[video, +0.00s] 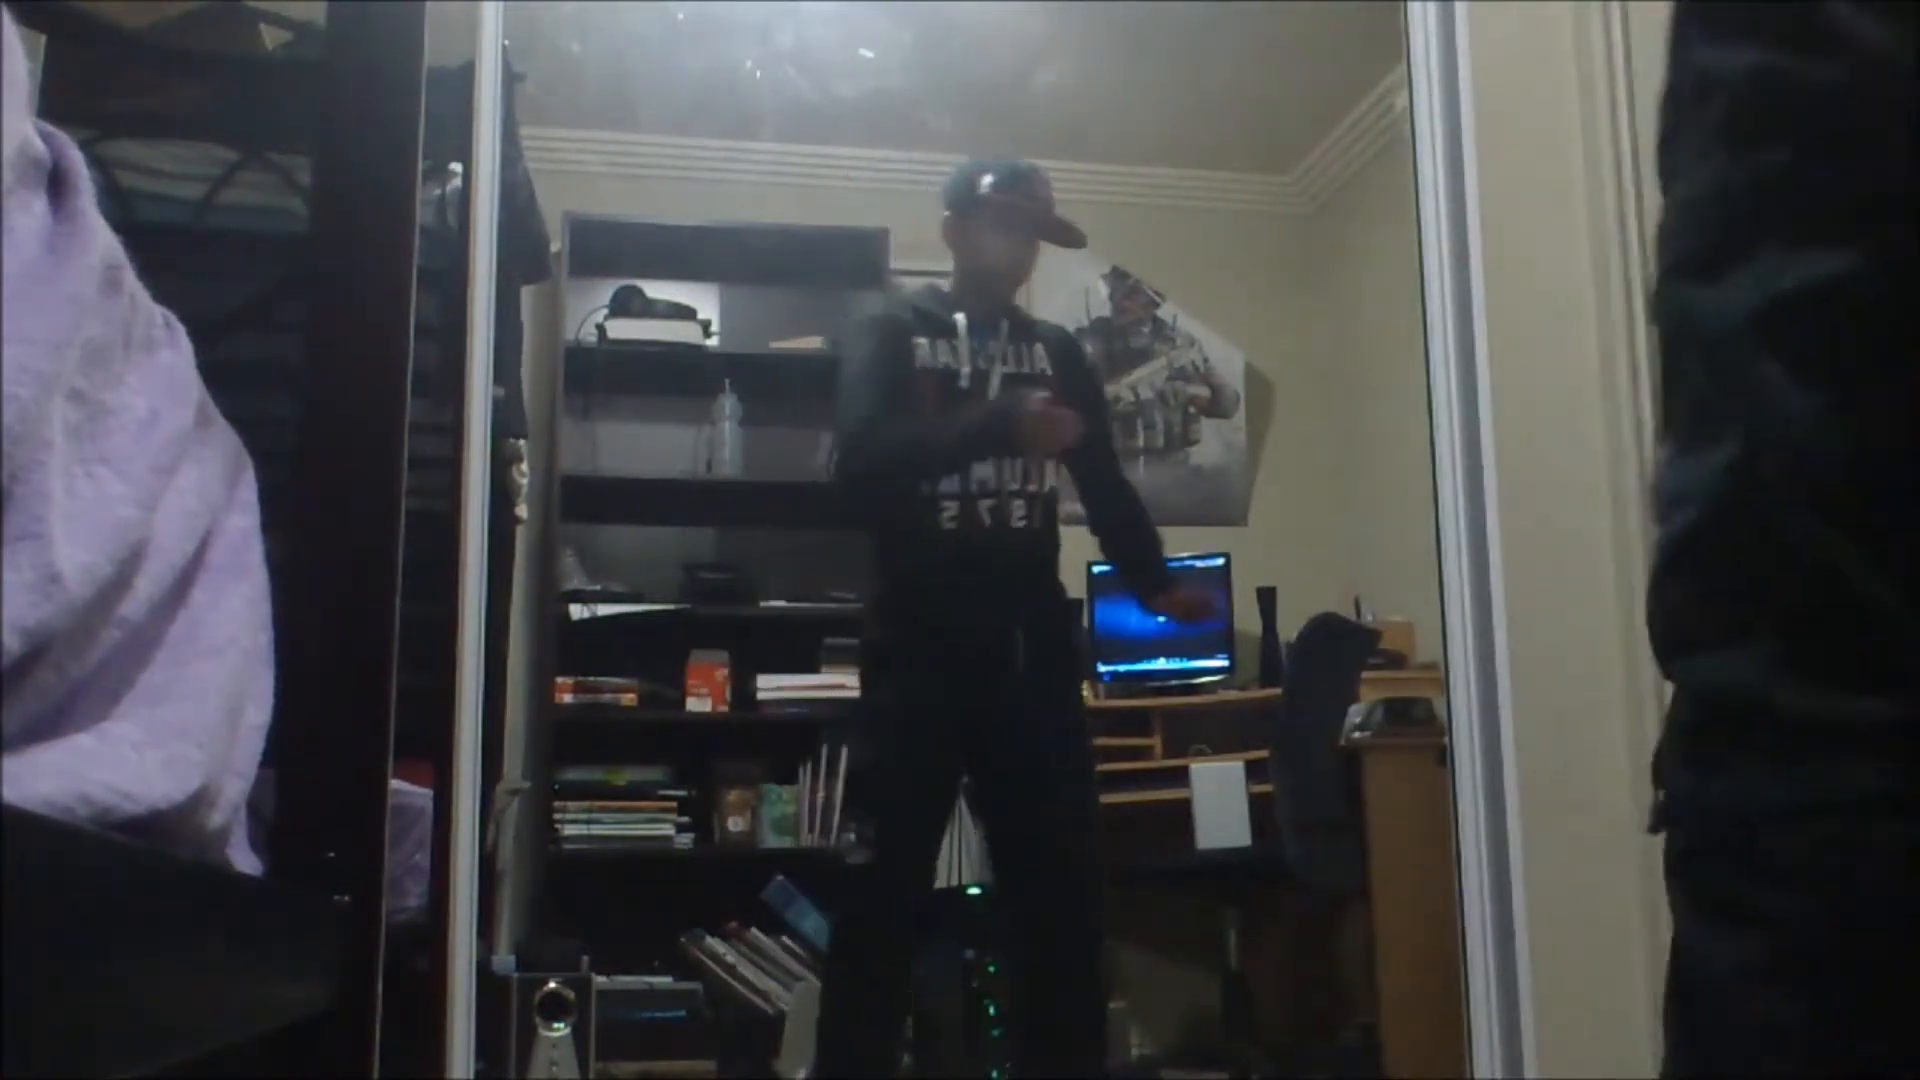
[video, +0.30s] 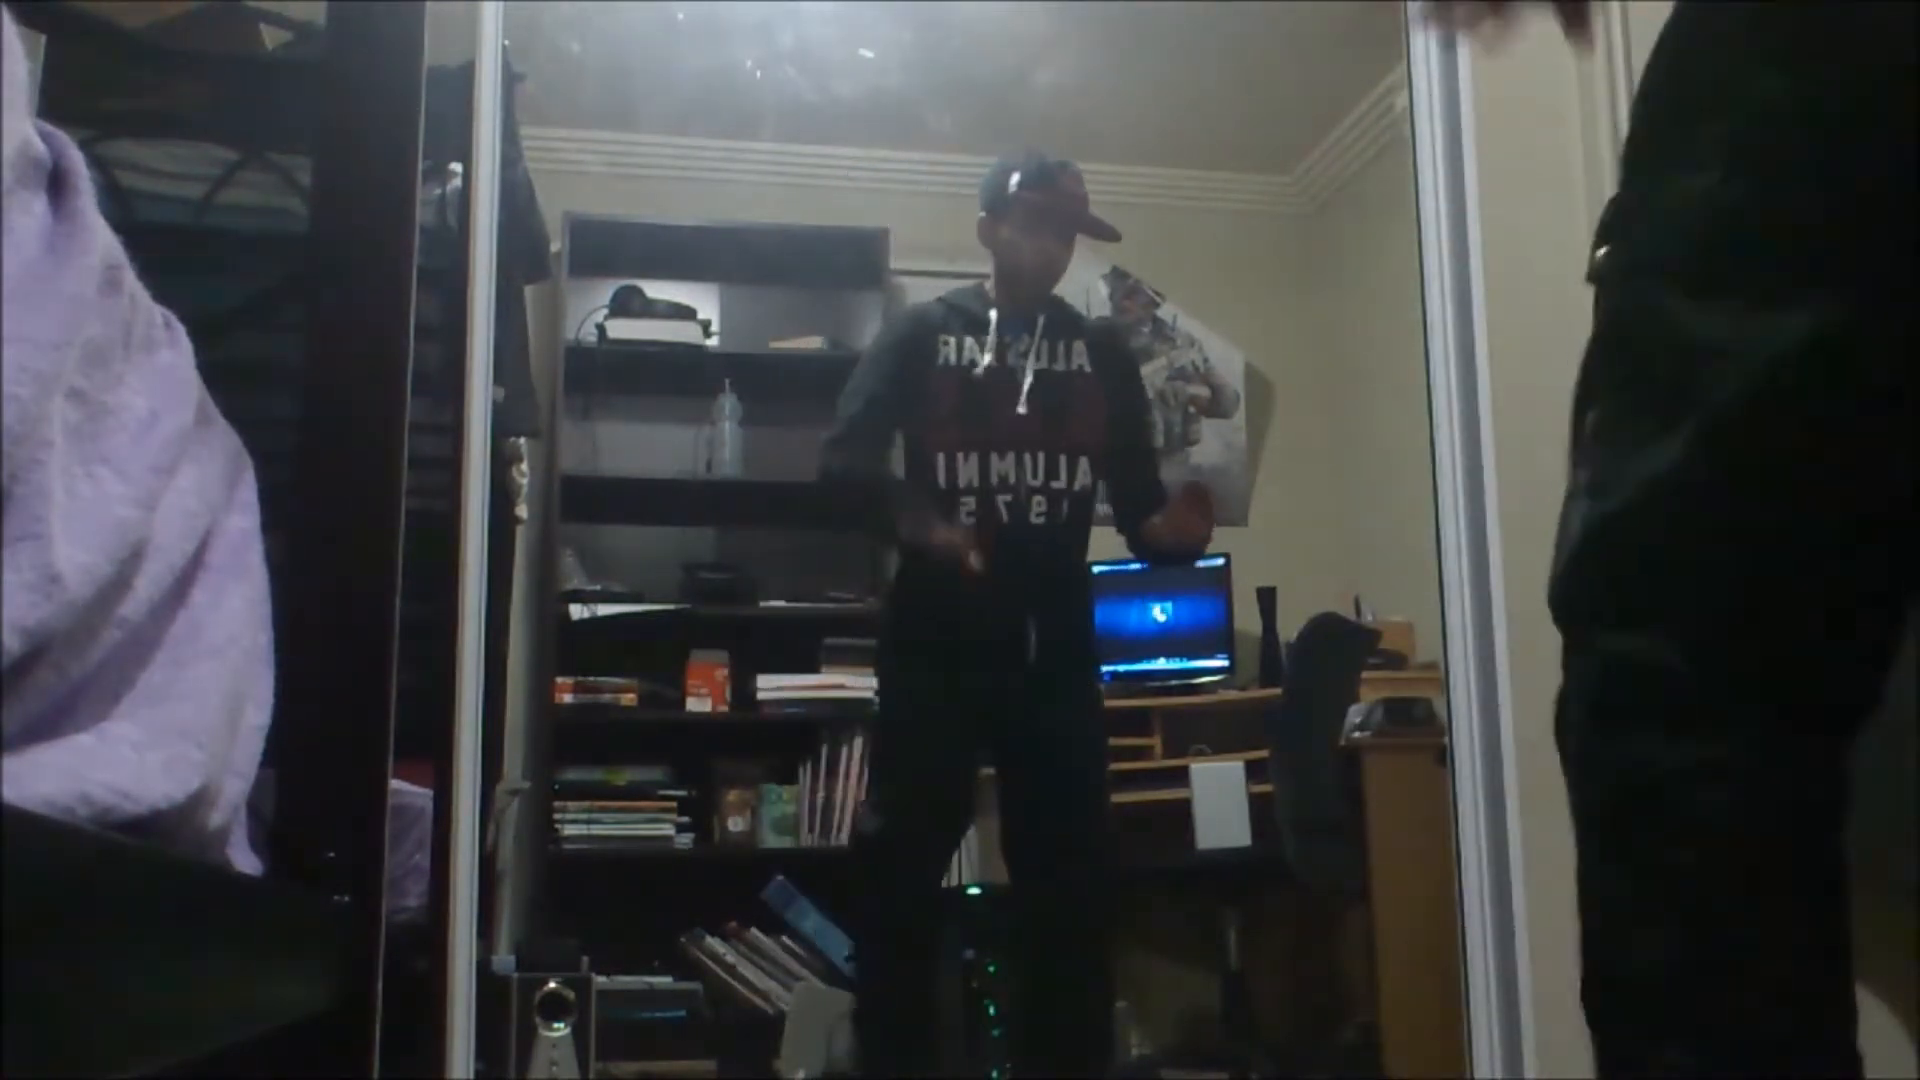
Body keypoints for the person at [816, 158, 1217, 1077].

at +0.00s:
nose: (1022, 248)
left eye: (1034, 233)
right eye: (1004, 227)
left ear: (1043, 242)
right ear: (956, 227)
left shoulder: (1057, 354)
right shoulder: (888, 323)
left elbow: (1102, 480)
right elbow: (862, 456)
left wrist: (1156, 580)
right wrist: (1002, 427)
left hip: (1030, 627)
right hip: (919, 623)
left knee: (1054, 874)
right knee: (890, 875)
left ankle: (1061, 1063)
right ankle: (858, 1065)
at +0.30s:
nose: (1051, 244)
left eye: (1065, 228)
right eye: (1034, 222)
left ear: (1080, 239)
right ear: (988, 228)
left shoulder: (1102, 351)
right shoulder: (923, 332)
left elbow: (1143, 512)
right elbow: (844, 465)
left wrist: (1174, 531)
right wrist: (924, 527)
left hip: (1051, 632)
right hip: (937, 630)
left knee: (1066, 870)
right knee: (905, 869)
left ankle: (1066, 1063)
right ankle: (898, 1064)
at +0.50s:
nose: (1051, 238)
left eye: (1064, 225)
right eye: (1033, 217)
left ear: (1075, 237)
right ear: (987, 222)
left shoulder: (1107, 347)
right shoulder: (921, 339)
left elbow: (1202, 484)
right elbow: (864, 480)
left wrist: (1179, 441)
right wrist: (869, 605)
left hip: (1052, 628)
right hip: (934, 625)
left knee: (1060, 862)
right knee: (875, 853)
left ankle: (1067, 1063)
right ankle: (852, 1062)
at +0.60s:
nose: (1016, 230)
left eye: (1036, 215)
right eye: (1001, 209)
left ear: (1060, 228)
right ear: (967, 217)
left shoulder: (1093, 333)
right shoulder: (908, 333)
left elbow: (1215, 447)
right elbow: (853, 478)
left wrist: (1189, 402)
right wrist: (846, 607)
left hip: (1046, 627)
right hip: (926, 627)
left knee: (1052, 864)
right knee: (867, 852)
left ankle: (1060, 1064)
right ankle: (859, 1063)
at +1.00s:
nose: (973, 237)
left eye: (992, 220)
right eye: (956, 218)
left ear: (1021, 230)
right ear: (927, 226)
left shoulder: (1068, 340)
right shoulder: (881, 337)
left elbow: (1113, 481)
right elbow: (839, 480)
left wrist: (1156, 601)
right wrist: (836, 602)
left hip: (1027, 637)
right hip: (905, 634)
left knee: (1045, 868)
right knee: (850, 865)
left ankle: (1067, 1063)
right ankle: (814, 1062)